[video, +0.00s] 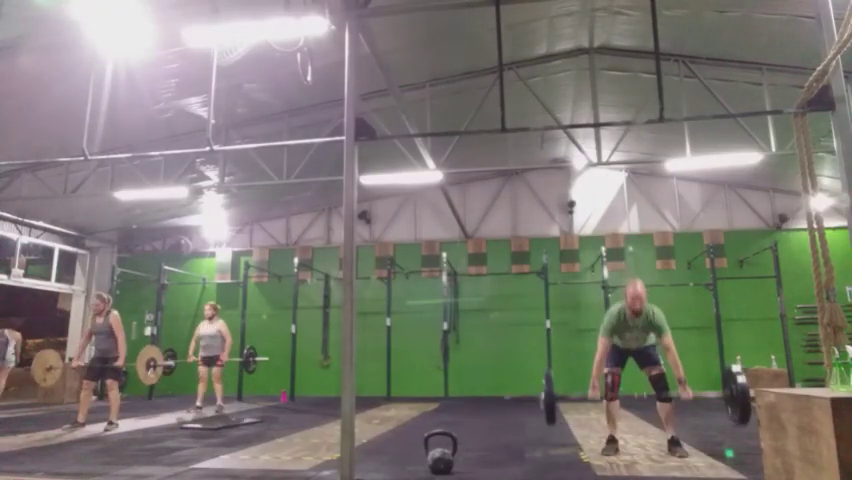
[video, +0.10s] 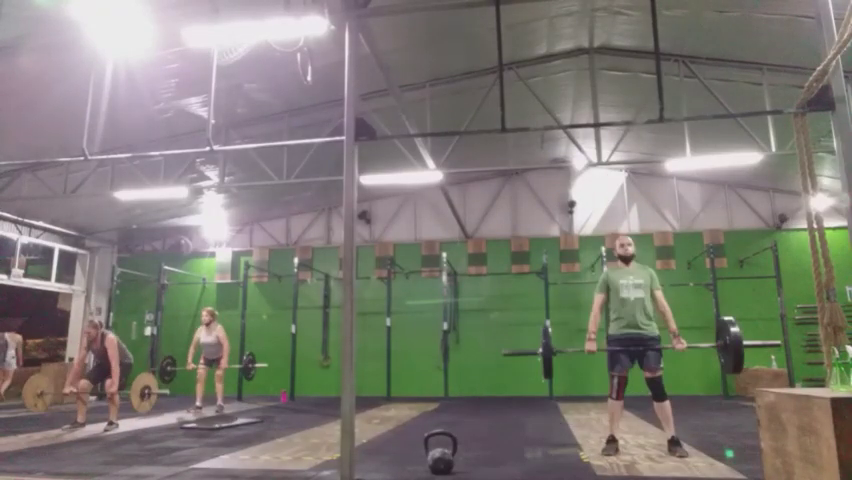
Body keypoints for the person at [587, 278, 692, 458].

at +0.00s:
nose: (636, 303)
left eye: (640, 298)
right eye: (633, 298)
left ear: (645, 298)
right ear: (626, 298)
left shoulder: (654, 315)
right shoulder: (614, 314)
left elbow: (669, 348)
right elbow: (602, 347)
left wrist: (681, 381)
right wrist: (595, 379)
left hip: (645, 346)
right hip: (618, 347)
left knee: (662, 385)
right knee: (610, 387)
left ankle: (672, 439)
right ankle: (612, 438)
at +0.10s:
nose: (625, 248)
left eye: (628, 245)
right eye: (621, 245)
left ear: (634, 248)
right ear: (615, 250)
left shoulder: (648, 272)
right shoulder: (608, 275)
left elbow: (662, 303)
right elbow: (597, 307)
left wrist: (675, 333)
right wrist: (591, 336)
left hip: (648, 336)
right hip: (619, 337)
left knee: (657, 387)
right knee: (617, 388)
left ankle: (673, 439)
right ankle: (612, 438)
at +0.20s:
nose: (627, 250)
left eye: (630, 246)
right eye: (623, 247)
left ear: (636, 249)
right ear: (617, 251)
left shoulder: (648, 274)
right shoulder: (609, 277)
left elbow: (662, 306)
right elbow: (599, 309)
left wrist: (675, 336)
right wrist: (592, 338)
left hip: (647, 337)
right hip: (618, 337)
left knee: (657, 386)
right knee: (617, 386)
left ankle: (673, 439)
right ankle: (612, 438)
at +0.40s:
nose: (637, 307)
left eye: (640, 303)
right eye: (634, 302)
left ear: (645, 302)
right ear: (626, 302)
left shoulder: (655, 317)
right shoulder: (614, 316)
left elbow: (669, 351)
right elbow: (601, 351)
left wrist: (681, 384)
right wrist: (594, 384)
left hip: (645, 347)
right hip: (618, 348)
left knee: (662, 385)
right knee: (610, 386)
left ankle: (672, 439)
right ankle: (612, 438)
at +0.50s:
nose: (624, 249)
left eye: (627, 245)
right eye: (620, 246)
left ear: (633, 248)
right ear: (614, 250)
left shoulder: (647, 273)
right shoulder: (607, 275)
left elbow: (661, 305)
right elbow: (596, 307)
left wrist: (674, 333)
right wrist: (590, 336)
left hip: (647, 336)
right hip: (618, 337)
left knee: (656, 386)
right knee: (617, 387)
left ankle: (673, 439)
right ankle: (612, 438)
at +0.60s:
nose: (628, 254)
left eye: (631, 250)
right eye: (624, 251)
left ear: (637, 254)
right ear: (617, 255)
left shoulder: (648, 278)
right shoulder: (608, 280)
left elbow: (662, 310)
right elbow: (598, 312)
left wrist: (675, 342)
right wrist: (590, 344)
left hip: (645, 339)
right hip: (617, 339)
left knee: (658, 387)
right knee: (615, 387)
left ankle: (673, 439)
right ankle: (612, 438)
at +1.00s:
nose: (610, 257)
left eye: (614, 253)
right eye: (607, 254)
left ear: (622, 253)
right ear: (602, 255)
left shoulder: (637, 275)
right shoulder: (598, 279)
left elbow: (655, 302)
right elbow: (588, 313)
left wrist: (665, 328)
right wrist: (585, 337)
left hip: (639, 338)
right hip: (610, 339)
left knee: (652, 388)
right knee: (611, 389)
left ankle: (672, 438)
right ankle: (614, 437)